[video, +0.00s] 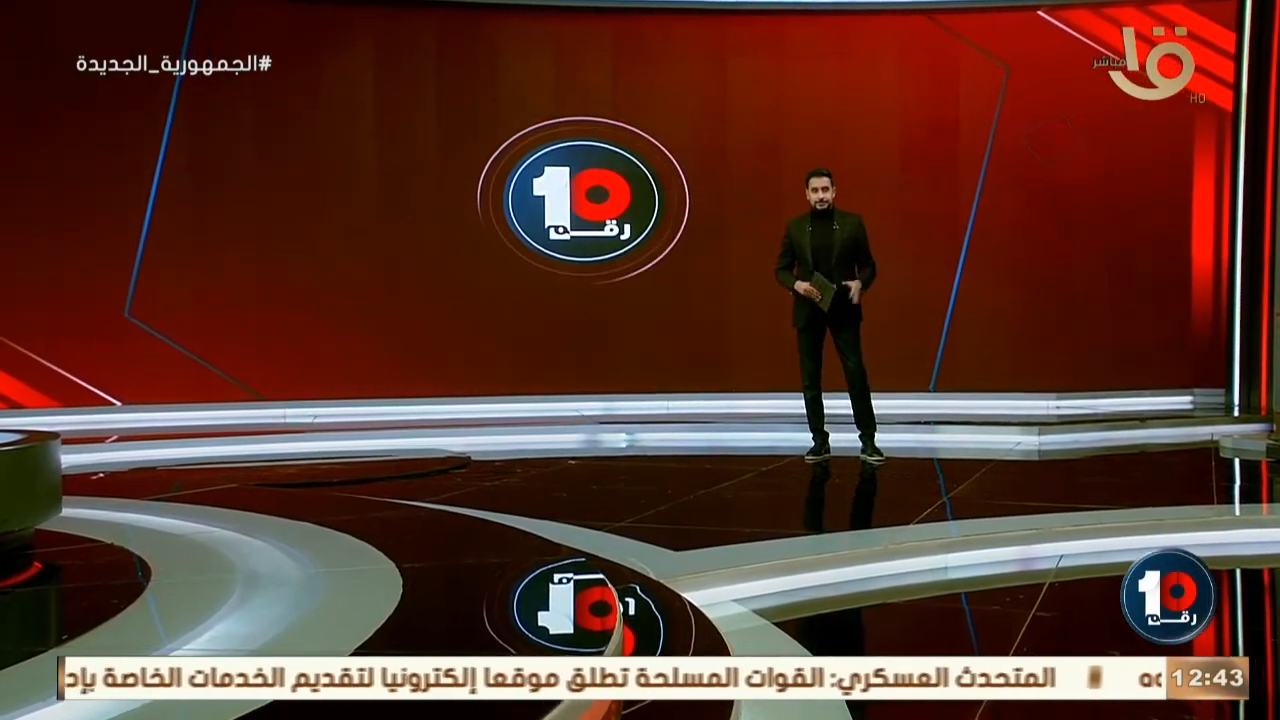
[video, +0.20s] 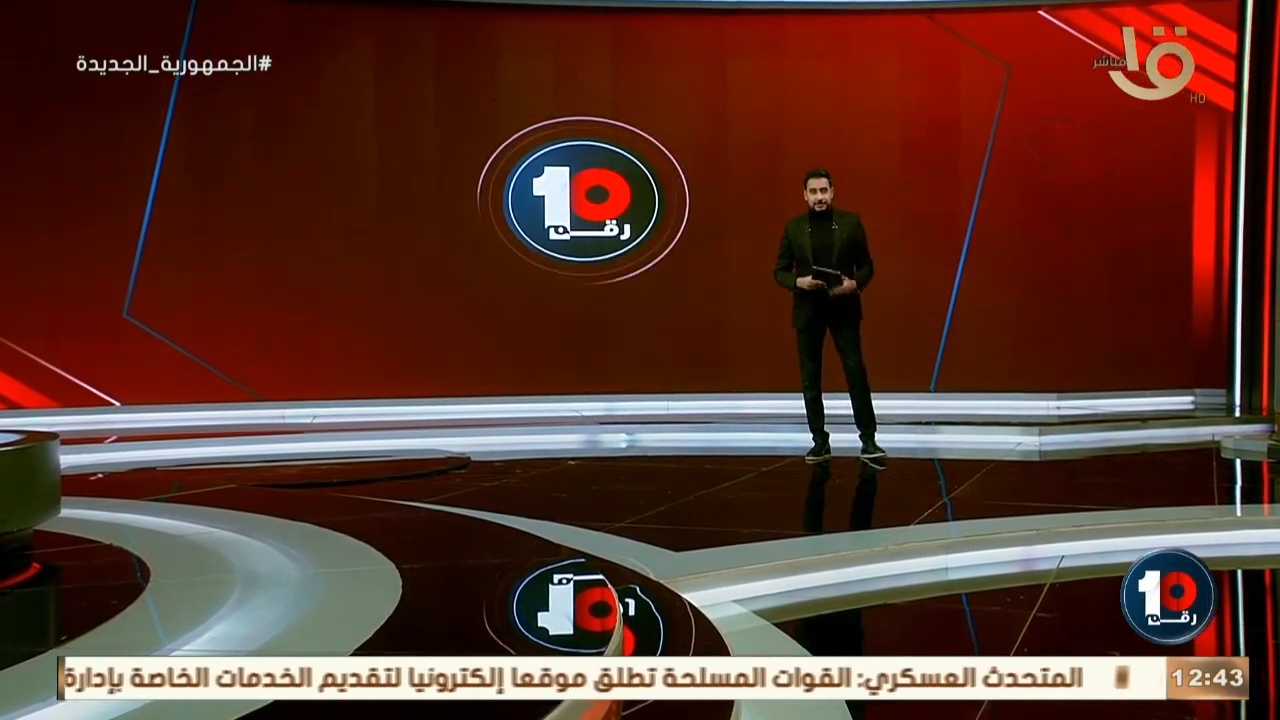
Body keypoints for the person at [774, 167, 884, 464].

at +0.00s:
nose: (820, 195)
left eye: (825, 189)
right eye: (815, 190)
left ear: (834, 191)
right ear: (807, 194)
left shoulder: (852, 224)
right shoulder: (796, 228)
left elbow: (868, 266)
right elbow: (782, 270)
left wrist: (860, 283)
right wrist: (796, 284)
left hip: (844, 311)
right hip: (809, 312)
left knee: (856, 373)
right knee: (810, 378)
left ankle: (868, 441)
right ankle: (819, 441)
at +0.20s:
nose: (819, 196)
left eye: (823, 190)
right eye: (813, 191)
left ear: (832, 191)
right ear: (805, 194)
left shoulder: (850, 223)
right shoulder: (794, 228)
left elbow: (867, 267)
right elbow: (780, 272)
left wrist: (854, 283)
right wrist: (797, 282)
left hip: (843, 311)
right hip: (809, 313)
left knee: (856, 373)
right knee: (810, 379)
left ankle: (868, 440)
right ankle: (820, 441)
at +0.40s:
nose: (820, 195)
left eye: (825, 189)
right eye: (815, 190)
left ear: (833, 190)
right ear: (806, 193)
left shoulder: (851, 222)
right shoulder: (795, 228)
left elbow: (867, 265)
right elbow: (782, 274)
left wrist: (857, 280)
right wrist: (801, 281)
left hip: (845, 310)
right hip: (809, 312)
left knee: (857, 372)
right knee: (811, 379)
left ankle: (869, 440)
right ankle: (820, 442)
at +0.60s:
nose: (824, 194)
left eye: (829, 188)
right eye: (818, 189)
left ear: (837, 190)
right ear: (810, 192)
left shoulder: (854, 222)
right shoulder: (798, 227)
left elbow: (871, 266)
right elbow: (785, 273)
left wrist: (859, 279)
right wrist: (805, 278)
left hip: (848, 312)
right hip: (812, 313)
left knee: (859, 373)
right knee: (812, 379)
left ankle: (870, 443)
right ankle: (820, 443)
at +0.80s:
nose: (831, 196)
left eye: (835, 190)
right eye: (825, 191)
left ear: (843, 191)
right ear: (816, 193)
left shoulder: (859, 222)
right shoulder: (803, 227)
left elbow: (876, 267)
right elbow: (791, 272)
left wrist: (863, 275)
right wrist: (811, 275)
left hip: (852, 312)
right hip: (816, 314)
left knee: (862, 375)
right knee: (815, 379)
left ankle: (871, 443)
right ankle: (821, 443)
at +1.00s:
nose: (840, 200)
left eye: (844, 194)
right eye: (834, 195)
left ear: (851, 194)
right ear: (824, 194)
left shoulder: (866, 223)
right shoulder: (810, 227)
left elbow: (883, 268)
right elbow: (797, 271)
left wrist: (868, 271)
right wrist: (815, 270)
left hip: (858, 312)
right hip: (822, 314)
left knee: (867, 378)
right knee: (819, 379)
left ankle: (871, 444)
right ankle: (821, 443)